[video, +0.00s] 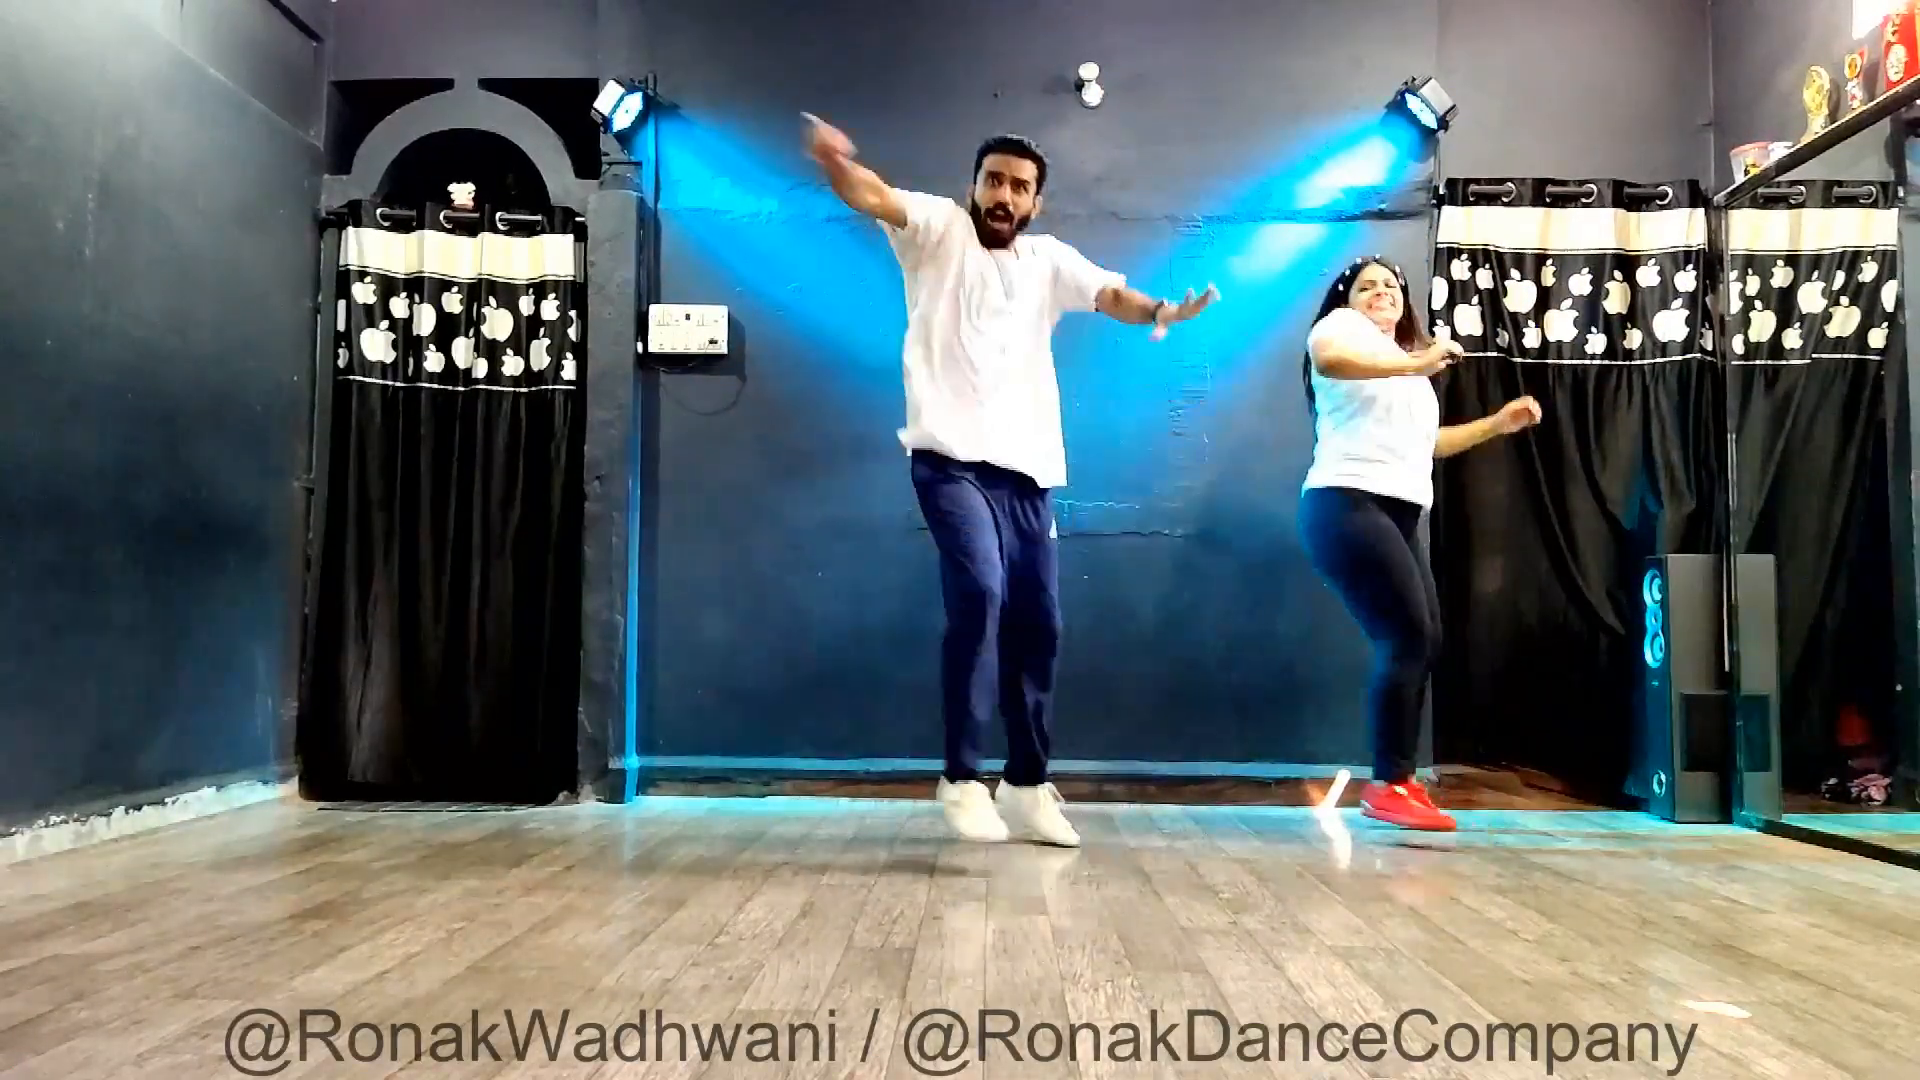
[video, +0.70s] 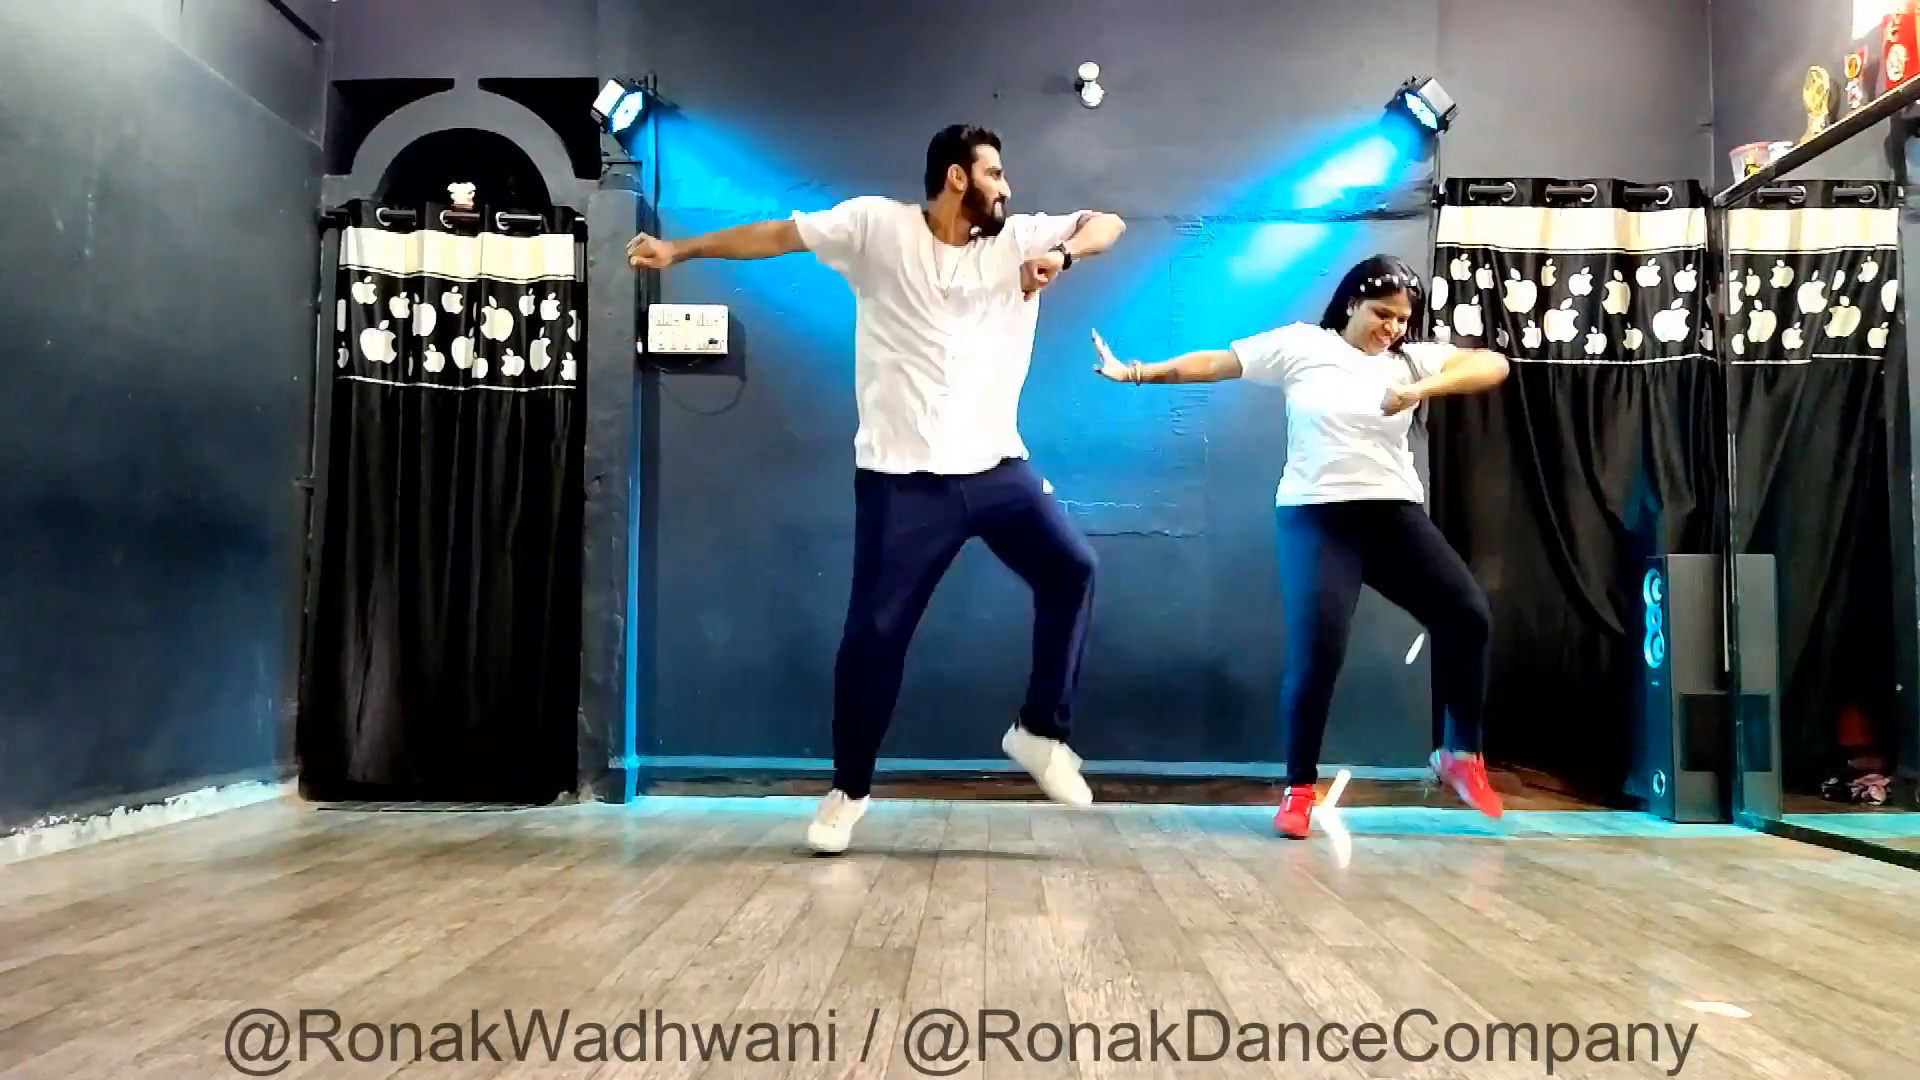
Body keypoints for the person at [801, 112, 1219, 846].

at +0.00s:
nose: (1006, 196)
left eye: (1021, 187)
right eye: (994, 181)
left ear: (1035, 200)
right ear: (973, 185)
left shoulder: (1049, 259)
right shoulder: (938, 224)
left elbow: (1111, 295)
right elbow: (874, 197)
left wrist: (1159, 310)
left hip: (1027, 462)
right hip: (948, 453)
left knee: (1038, 620)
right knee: (982, 589)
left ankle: (1028, 785)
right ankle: (965, 781)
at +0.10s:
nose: (978, 163)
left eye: (994, 155)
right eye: (968, 150)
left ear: (1012, 171)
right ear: (947, 157)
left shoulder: (1034, 242)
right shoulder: (905, 218)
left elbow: (1093, 318)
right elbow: (799, 234)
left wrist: (1115, 275)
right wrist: (768, 172)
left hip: (1008, 454)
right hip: (925, 448)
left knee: (1068, 584)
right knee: (920, 600)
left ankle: (990, 688)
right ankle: (880, 760)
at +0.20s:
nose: (999, 187)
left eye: (1005, 178)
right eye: (986, 173)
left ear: (1007, 191)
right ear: (945, 176)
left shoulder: (1012, 271)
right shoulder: (889, 245)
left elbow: (1085, 355)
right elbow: (789, 300)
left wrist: (1078, 282)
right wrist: (729, 234)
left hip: (992, 460)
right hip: (907, 462)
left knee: (1087, 549)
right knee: (879, 633)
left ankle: (980, 618)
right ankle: (829, 795)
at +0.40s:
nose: (999, 255)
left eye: (997, 243)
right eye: (986, 241)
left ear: (966, 252)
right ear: (946, 248)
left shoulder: (997, 320)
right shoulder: (861, 303)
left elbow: (1104, 328)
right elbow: (763, 309)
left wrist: (1056, 329)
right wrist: (659, 303)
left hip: (946, 499)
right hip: (867, 519)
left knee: (1065, 488)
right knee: (856, 677)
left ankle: (1037, 648)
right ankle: (841, 814)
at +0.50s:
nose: (991, 251)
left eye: (990, 240)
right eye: (979, 237)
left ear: (955, 249)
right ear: (940, 244)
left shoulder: (989, 340)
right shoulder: (861, 317)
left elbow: (1072, 405)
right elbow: (758, 365)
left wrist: (1042, 357)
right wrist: (659, 350)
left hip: (955, 519)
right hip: (869, 524)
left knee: (1054, 591)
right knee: (864, 679)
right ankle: (841, 813)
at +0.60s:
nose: (991, 234)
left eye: (990, 223)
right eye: (981, 221)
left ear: (956, 230)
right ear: (939, 226)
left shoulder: (994, 323)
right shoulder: (864, 301)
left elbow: (1091, 351)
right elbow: (757, 333)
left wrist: (1039, 304)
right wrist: (661, 308)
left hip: (971, 519)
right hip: (885, 516)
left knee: (1014, 655)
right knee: (875, 671)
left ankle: (988, 809)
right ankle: (841, 813)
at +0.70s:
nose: (1005, 184)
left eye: (1004, 172)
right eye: (994, 170)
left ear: (979, 182)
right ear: (953, 176)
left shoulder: (1018, 237)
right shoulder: (878, 226)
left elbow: (1107, 224)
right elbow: (778, 235)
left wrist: (1063, 253)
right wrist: (677, 250)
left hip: (996, 465)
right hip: (902, 473)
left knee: (1072, 567)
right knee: (875, 633)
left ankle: (1042, 732)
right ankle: (848, 791)